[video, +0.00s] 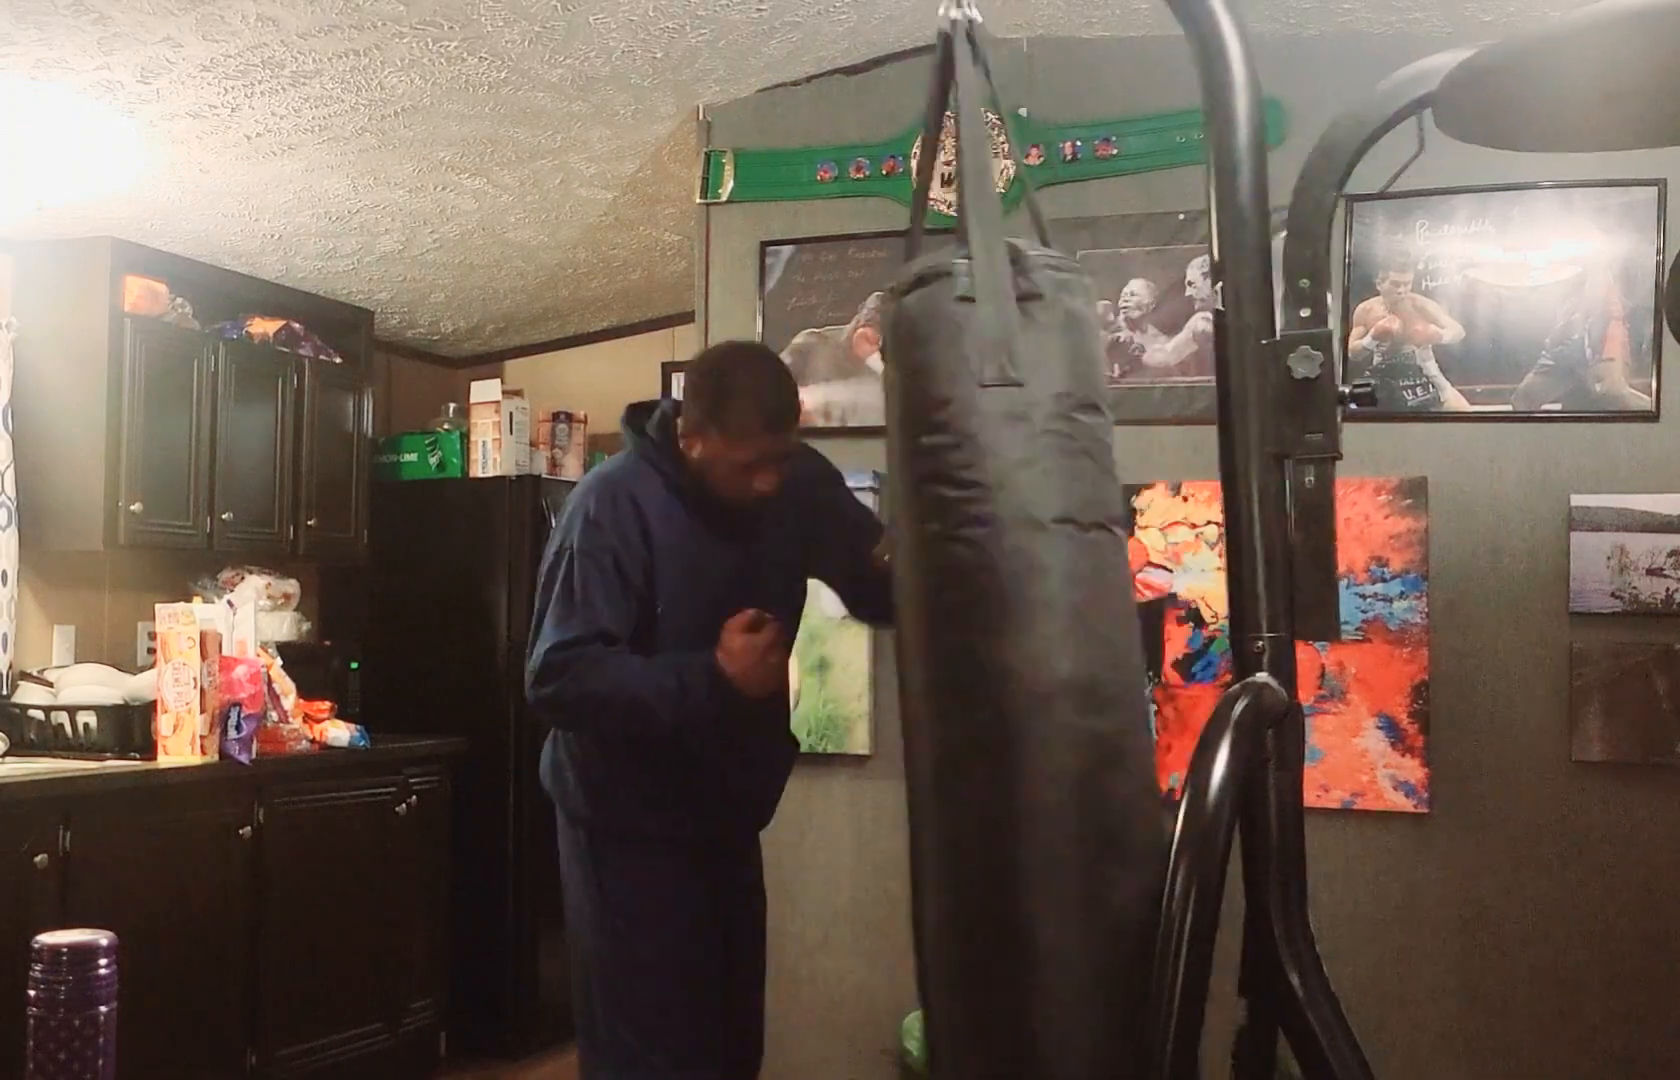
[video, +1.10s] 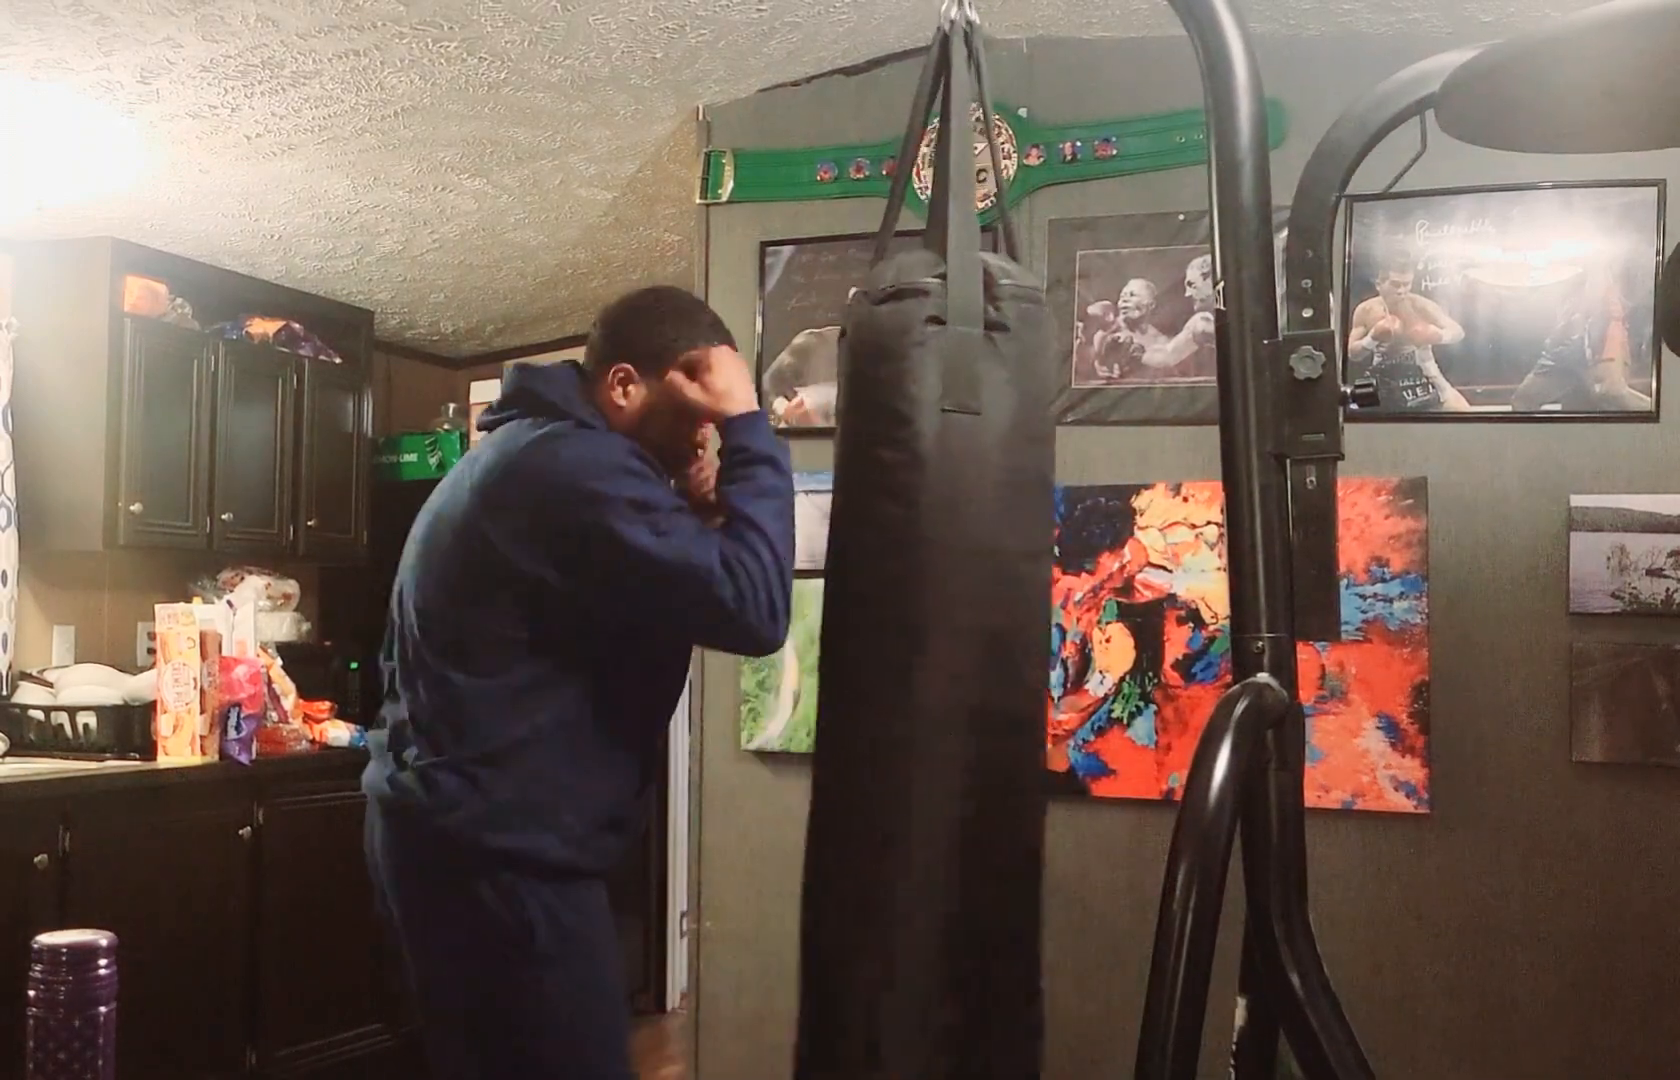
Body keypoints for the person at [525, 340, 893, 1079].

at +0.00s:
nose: (771, 481)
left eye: (782, 460)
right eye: (751, 466)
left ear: (793, 429)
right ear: (691, 438)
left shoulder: (798, 483)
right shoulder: (613, 502)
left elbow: (878, 593)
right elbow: (558, 674)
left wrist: (896, 567)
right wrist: (717, 674)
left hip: (725, 813)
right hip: (620, 817)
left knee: (728, 1037)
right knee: (643, 1041)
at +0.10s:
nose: (763, 536)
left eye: (776, 515)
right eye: (741, 519)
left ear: (793, 476)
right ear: (693, 479)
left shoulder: (812, 511)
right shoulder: (614, 527)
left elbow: (857, 666)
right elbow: (543, 695)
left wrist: (857, 642)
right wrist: (692, 690)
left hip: (720, 808)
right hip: (608, 814)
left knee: (742, 1036)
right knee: (643, 1038)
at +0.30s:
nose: (677, 604)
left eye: (691, 584)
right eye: (655, 588)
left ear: (723, 543)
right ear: (622, 560)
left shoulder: (792, 558)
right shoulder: (567, 592)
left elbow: (845, 723)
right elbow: (522, 751)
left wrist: (774, 696)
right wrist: (630, 736)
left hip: (728, 833)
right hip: (607, 849)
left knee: (752, 1031)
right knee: (637, 1044)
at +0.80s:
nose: (657, 523)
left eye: (670, 493)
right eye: (629, 503)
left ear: (682, 460)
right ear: (560, 479)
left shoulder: (704, 511)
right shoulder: (485, 572)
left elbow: (745, 701)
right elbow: (491, 794)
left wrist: (726, 623)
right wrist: (605, 640)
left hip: (632, 854)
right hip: (517, 866)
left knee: (646, 1059)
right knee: (564, 1063)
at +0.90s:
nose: (685, 471)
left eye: (696, 448)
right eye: (662, 449)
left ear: (706, 427)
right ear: (584, 426)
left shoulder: (625, 510)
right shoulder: (513, 535)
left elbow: (718, 669)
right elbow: (622, 740)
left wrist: (724, 581)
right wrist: (672, 545)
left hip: (581, 866)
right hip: (510, 882)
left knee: (597, 1054)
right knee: (562, 1064)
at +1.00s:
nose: (692, 447)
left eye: (699, 423)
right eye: (682, 418)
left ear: (607, 395)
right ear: (611, 394)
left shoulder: (567, 469)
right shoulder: (544, 489)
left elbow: (698, 624)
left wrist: (699, 467)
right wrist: (723, 460)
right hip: (506, 876)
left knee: (542, 1061)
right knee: (568, 1065)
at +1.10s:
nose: (716, 424)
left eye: (722, 403)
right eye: (705, 395)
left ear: (619, 386)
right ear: (624, 386)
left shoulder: (520, 449)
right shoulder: (578, 466)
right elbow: (751, 611)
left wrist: (693, 510)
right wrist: (749, 426)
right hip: (508, 859)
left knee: (498, 1061)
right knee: (573, 1062)